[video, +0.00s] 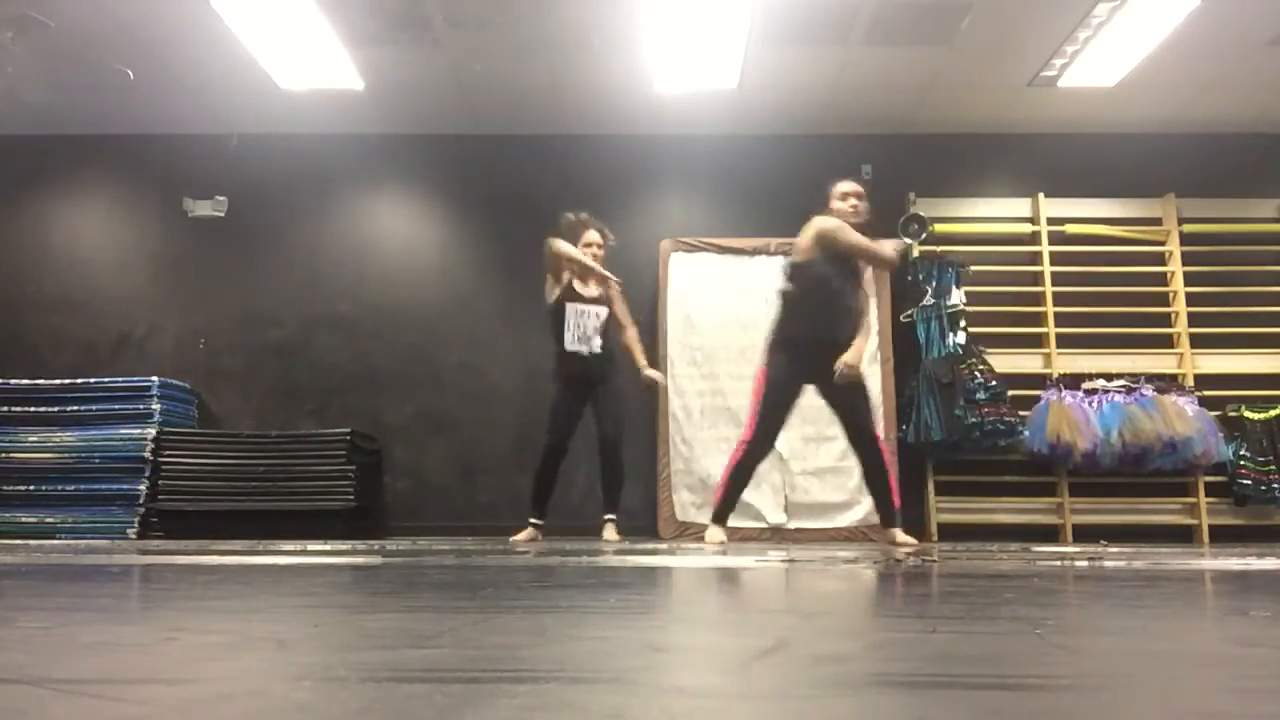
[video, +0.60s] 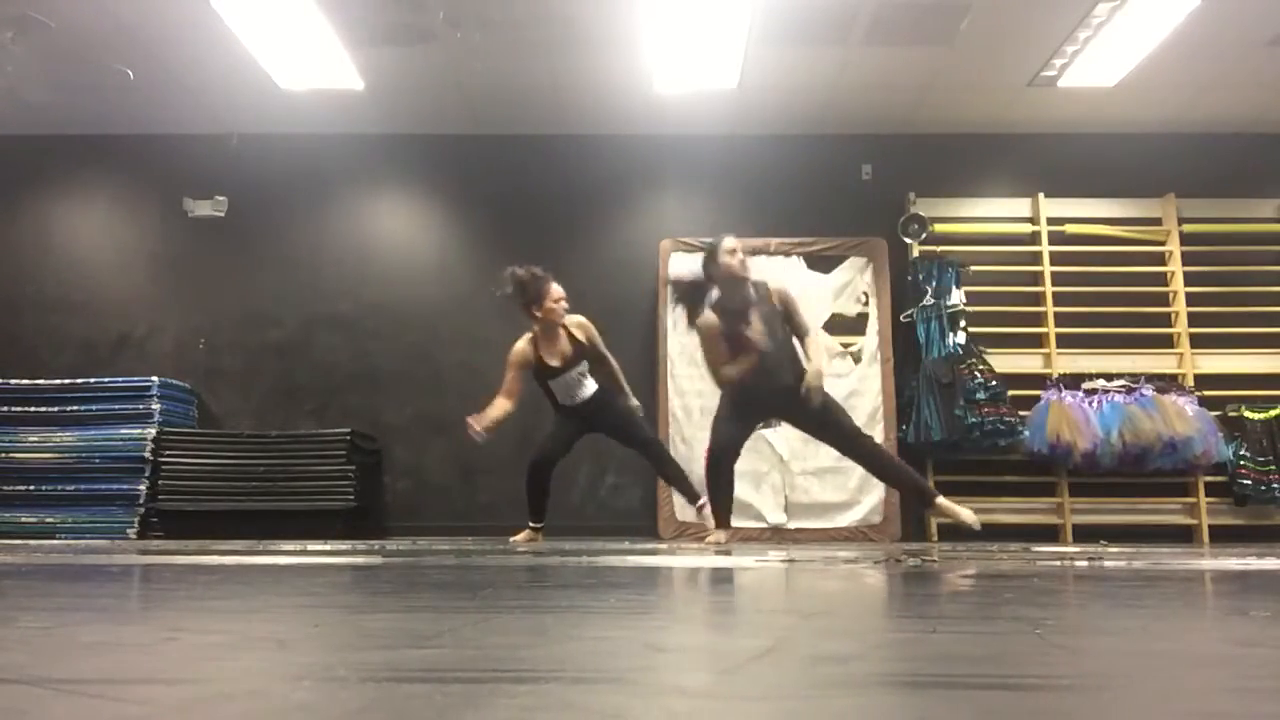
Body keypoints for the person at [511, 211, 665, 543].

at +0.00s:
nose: (595, 253)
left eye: (599, 247)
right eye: (588, 246)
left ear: (605, 251)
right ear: (574, 251)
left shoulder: (608, 288)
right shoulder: (559, 282)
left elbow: (628, 327)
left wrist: (643, 366)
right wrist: (595, 269)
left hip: (605, 377)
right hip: (571, 376)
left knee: (611, 442)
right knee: (554, 445)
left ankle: (610, 522)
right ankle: (535, 524)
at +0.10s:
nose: (587, 255)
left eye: (589, 249)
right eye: (581, 248)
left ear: (587, 251)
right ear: (560, 248)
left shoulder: (583, 285)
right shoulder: (543, 279)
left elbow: (600, 329)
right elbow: (519, 242)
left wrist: (619, 371)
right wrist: (558, 254)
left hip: (597, 373)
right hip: (564, 376)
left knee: (618, 438)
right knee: (549, 448)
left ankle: (638, 516)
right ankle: (534, 525)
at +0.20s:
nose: (573, 261)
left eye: (573, 254)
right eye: (567, 254)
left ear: (567, 257)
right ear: (545, 256)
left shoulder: (572, 292)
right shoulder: (525, 288)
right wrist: (524, 256)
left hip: (596, 377)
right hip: (562, 383)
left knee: (632, 437)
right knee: (545, 454)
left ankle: (676, 505)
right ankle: (534, 527)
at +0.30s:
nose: (559, 270)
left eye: (559, 263)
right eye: (553, 264)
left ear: (547, 266)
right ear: (532, 268)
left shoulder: (562, 297)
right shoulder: (512, 303)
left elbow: (562, 337)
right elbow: (465, 320)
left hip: (597, 381)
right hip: (564, 393)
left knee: (643, 435)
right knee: (542, 457)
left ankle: (695, 490)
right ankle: (535, 528)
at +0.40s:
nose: (550, 281)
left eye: (549, 274)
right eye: (543, 276)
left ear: (545, 277)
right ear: (523, 282)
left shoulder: (559, 305)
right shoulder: (505, 322)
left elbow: (579, 337)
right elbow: (476, 358)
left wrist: (591, 361)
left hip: (597, 389)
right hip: (563, 403)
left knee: (647, 438)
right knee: (541, 459)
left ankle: (707, 486)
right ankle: (535, 529)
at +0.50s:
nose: (551, 292)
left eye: (550, 286)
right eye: (544, 288)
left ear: (545, 290)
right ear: (522, 297)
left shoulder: (565, 316)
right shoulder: (509, 341)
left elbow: (592, 351)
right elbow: (488, 383)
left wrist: (614, 389)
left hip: (597, 398)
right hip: (563, 411)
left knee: (649, 441)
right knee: (539, 463)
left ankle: (708, 491)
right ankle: (535, 529)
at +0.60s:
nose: (565, 305)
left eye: (563, 298)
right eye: (557, 301)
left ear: (563, 299)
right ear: (536, 311)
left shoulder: (580, 326)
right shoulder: (523, 351)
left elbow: (607, 361)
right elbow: (507, 396)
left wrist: (628, 397)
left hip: (605, 408)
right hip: (569, 418)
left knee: (650, 445)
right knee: (540, 463)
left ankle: (703, 508)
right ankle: (535, 530)